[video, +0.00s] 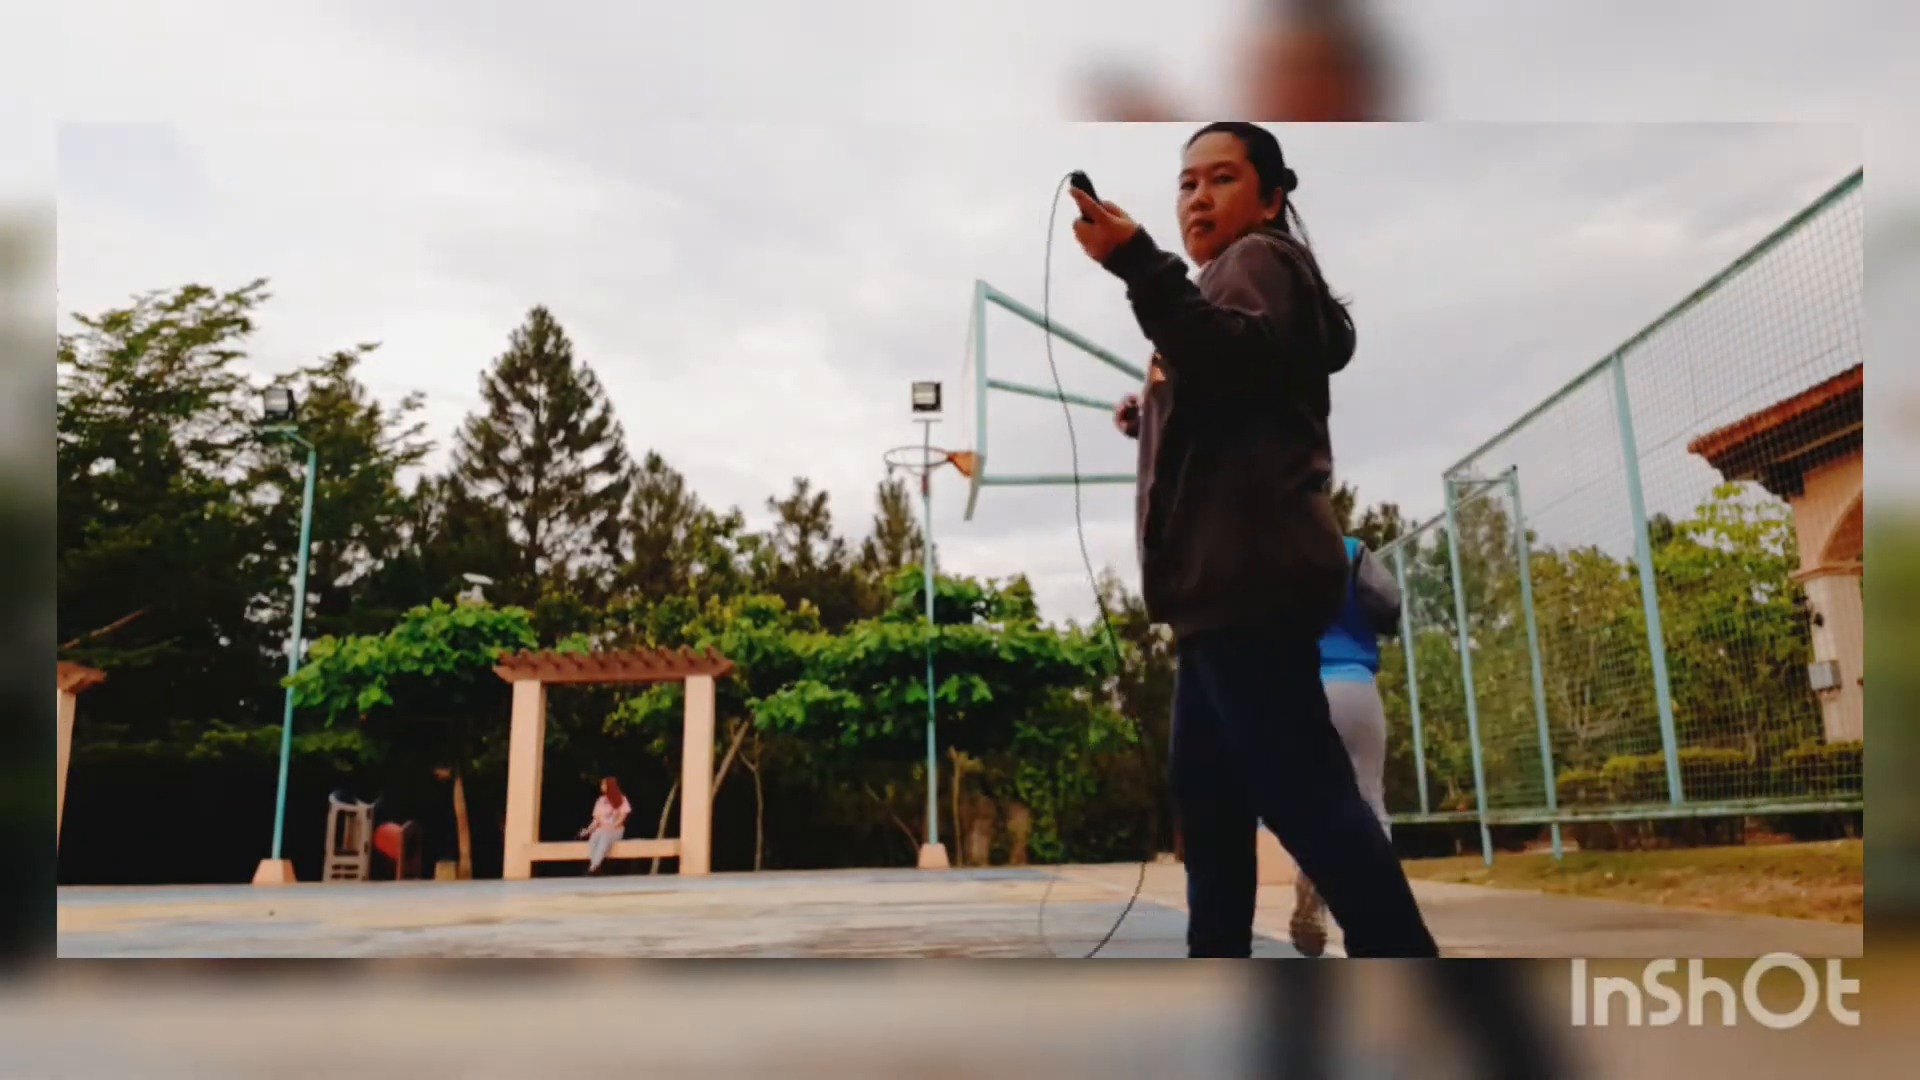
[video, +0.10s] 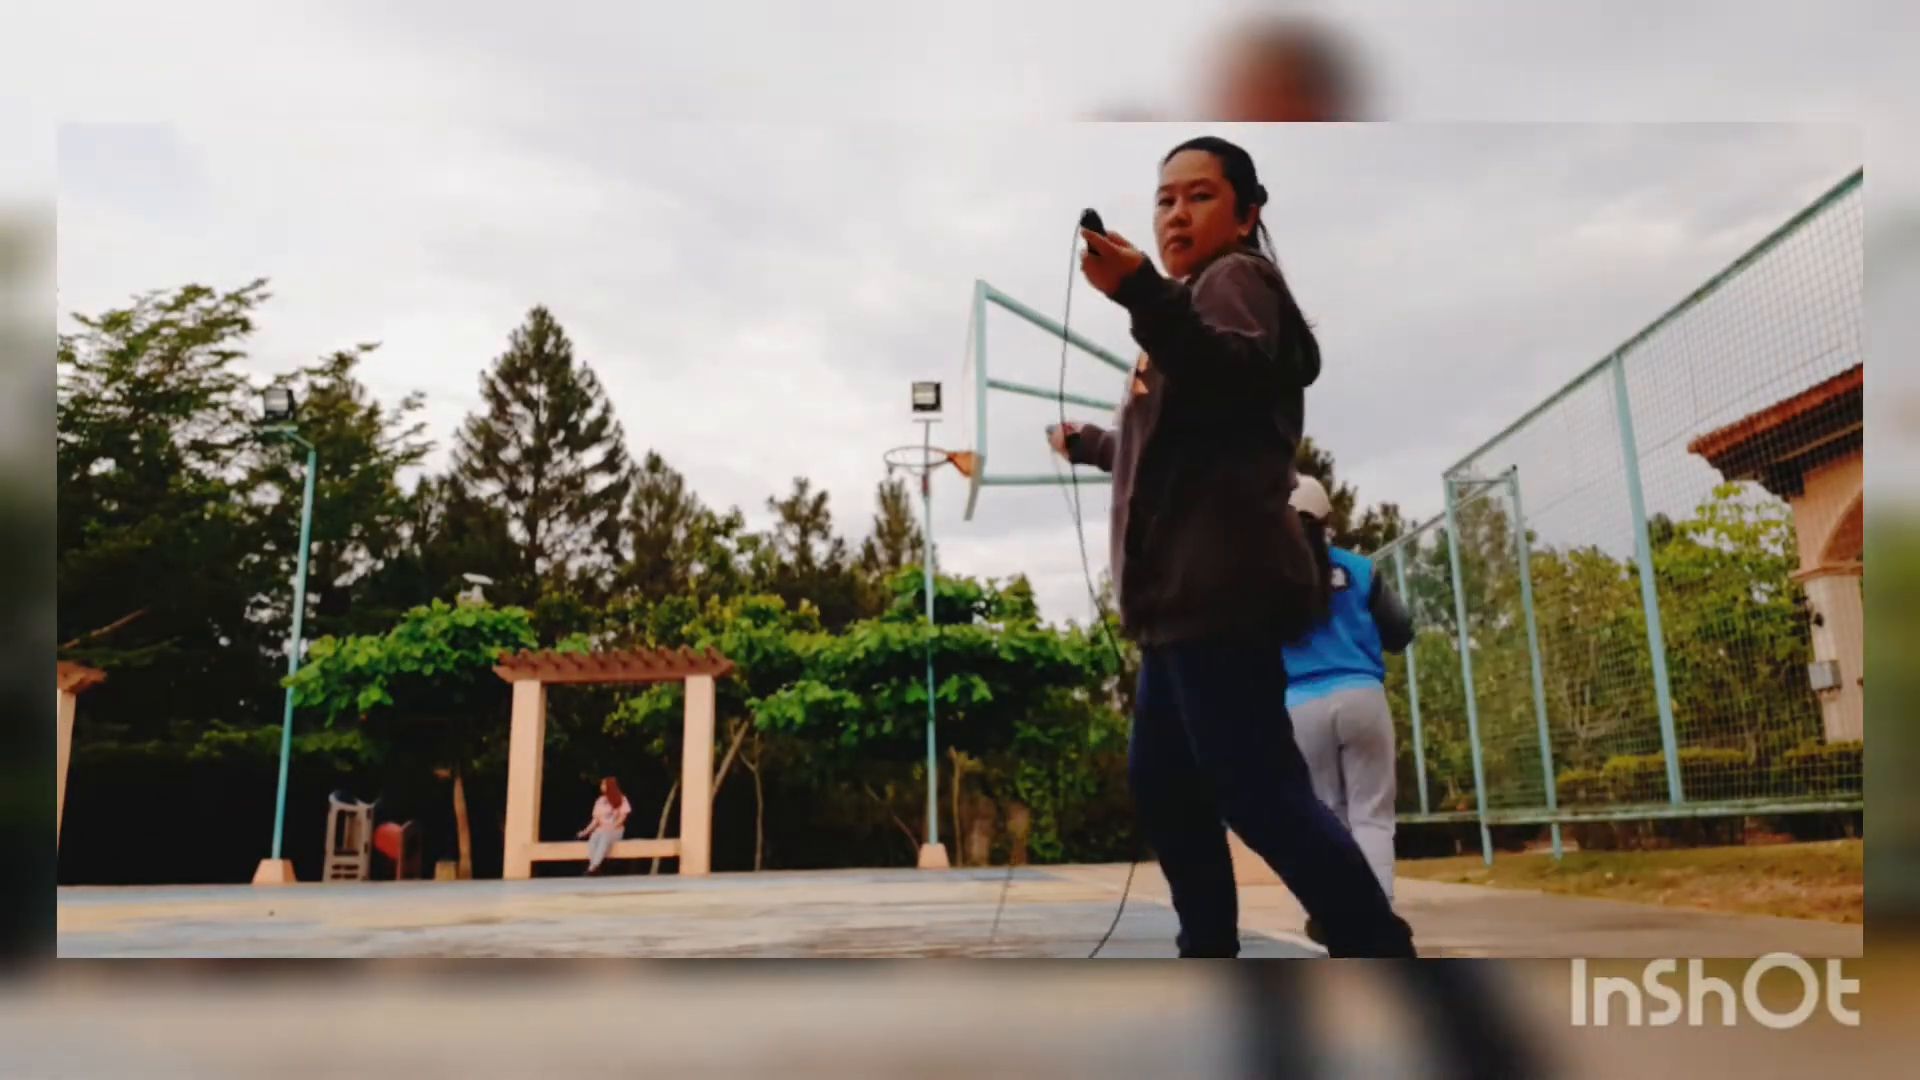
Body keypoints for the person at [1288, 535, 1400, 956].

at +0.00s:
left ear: (1290, 527)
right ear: (1330, 515)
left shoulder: (1276, 560)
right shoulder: (1350, 551)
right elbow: (1389, 605)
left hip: (1293, 684)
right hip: (1352, 683)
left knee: (1309, 803)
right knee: (1369, 802)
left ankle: (1309, 890)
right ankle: (1381, 917)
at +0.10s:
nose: (1324, 527)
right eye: (1325, 518)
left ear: (1284, 522)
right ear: (1328, 519)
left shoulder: (1271, 572)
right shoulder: (1355, 566)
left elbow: (1263, 641)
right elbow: (1397, 630)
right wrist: (1357, 617)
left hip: (1301, 702)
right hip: (1361, 695)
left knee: (1322, 814)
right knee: (1372, 814)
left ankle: (1329, 917)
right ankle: (1376, 921)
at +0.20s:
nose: (1276, 530)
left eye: (1277, 524)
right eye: (1278, 525)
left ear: (1282, 526)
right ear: (1328, 520)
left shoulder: (1271, 573)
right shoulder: (1360, 567)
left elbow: (1260, 643)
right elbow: (1391, 630)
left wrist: (1295, 660)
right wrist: (1353, 648)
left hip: (1301, 699)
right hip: (1362, 689)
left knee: (1326, 798)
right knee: (1370, 801)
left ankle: (1343, 899)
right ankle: (1378, 898)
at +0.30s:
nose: (1277, 544)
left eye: (1277, 537)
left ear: (1282, 539)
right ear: (1327, 531)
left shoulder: (1272, 586)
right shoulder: (1360, 579)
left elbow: (1265, 646)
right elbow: (1386, 637)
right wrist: (1350, 649)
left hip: (1304, 698)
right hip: (1362, 688)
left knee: (1327, 803)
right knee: (1370, 790)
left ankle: (1351, 905)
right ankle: (1382, 866)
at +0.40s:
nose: (1279, 560)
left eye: (1280, 554)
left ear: (1283, 558)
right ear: (1328, 553)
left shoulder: (1269, 608)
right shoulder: (1358, 600)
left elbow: (1257, 664)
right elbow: (1387, 654)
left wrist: (1284, 689)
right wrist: (1354, 671)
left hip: (1306, 721)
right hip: (1362, 715)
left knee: (1329, 818)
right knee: (1374, 806)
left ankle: (1354, 908)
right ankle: (1379, 863)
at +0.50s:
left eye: (1283, 560)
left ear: (1283, 564)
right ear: (1326, 559)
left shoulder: (1271, 613)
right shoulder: (1351, 601)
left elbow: (1259, 672)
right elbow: (1382, 642)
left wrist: (1291, 670)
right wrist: (1362, 669)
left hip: (1304, 718)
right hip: (1356, 713)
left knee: (1328, 809)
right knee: (1363, 802)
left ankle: (1352, 899)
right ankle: (1374, 884)